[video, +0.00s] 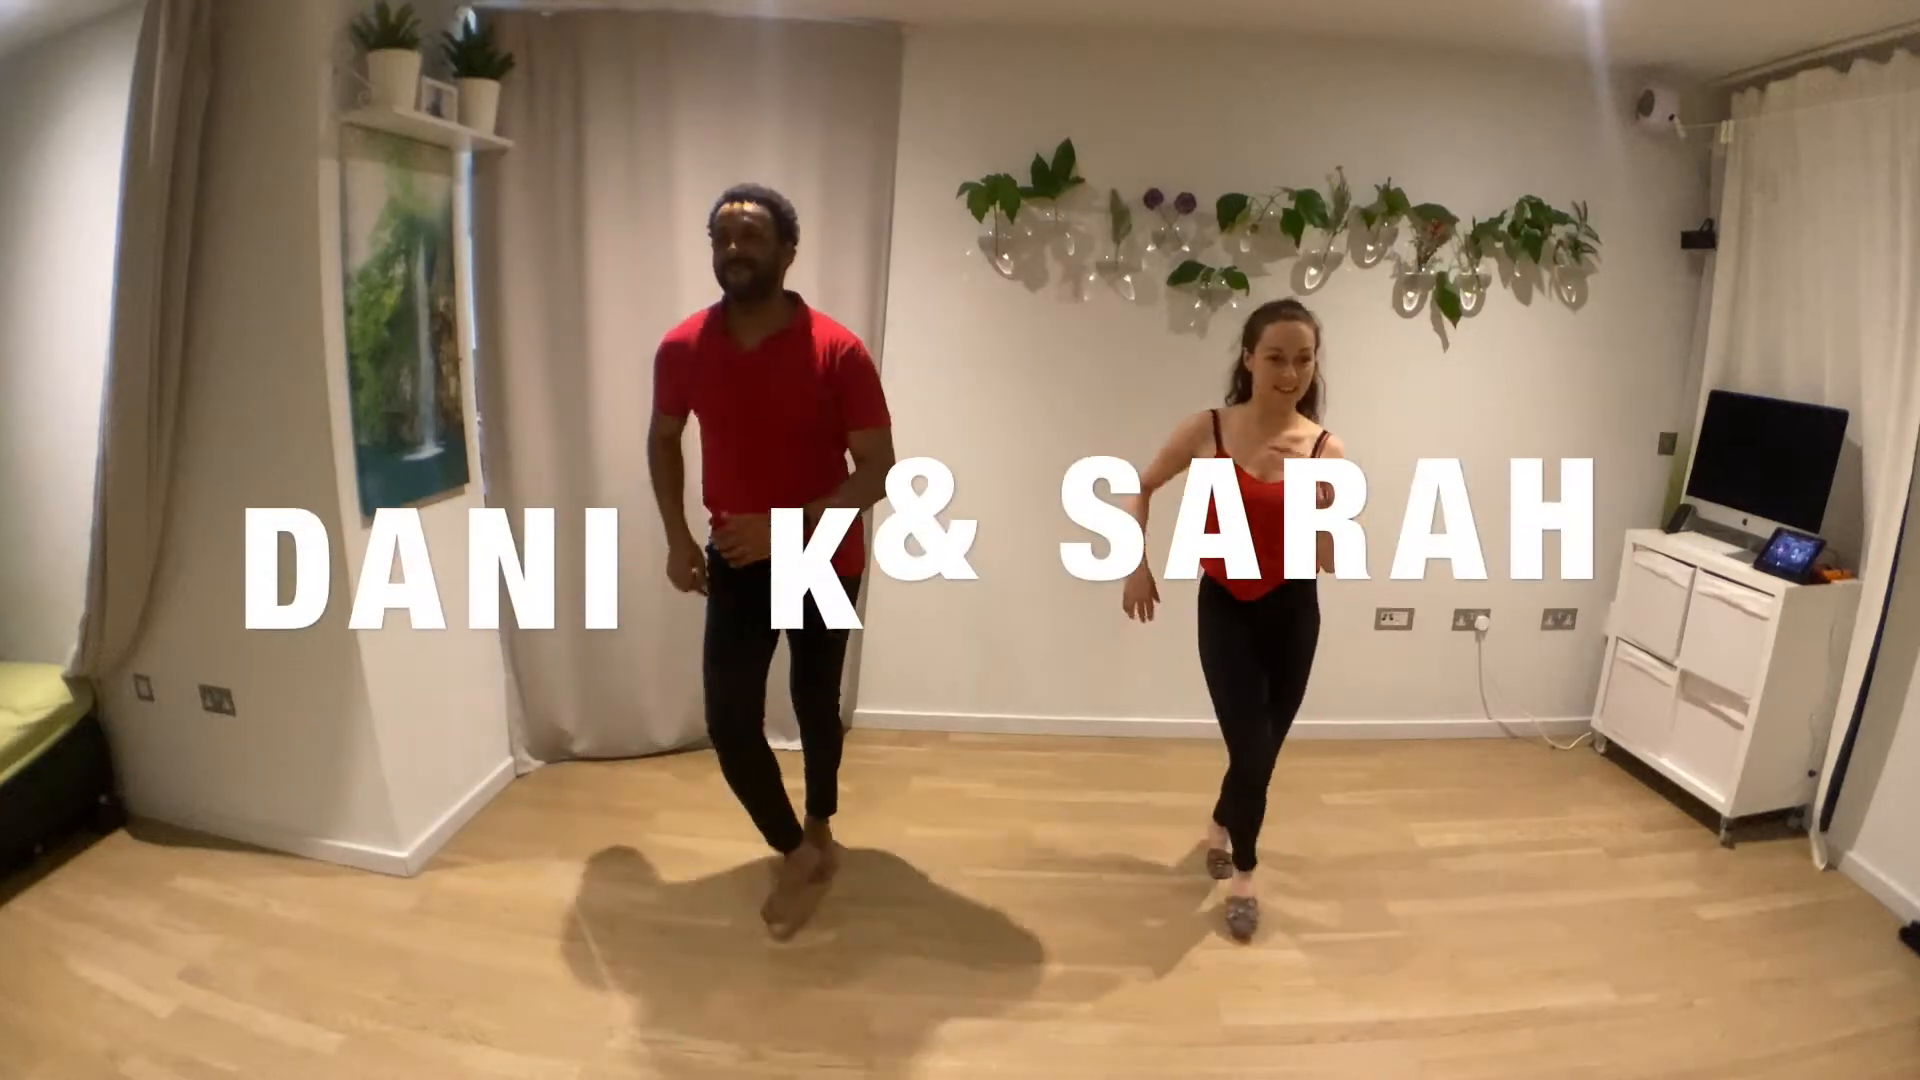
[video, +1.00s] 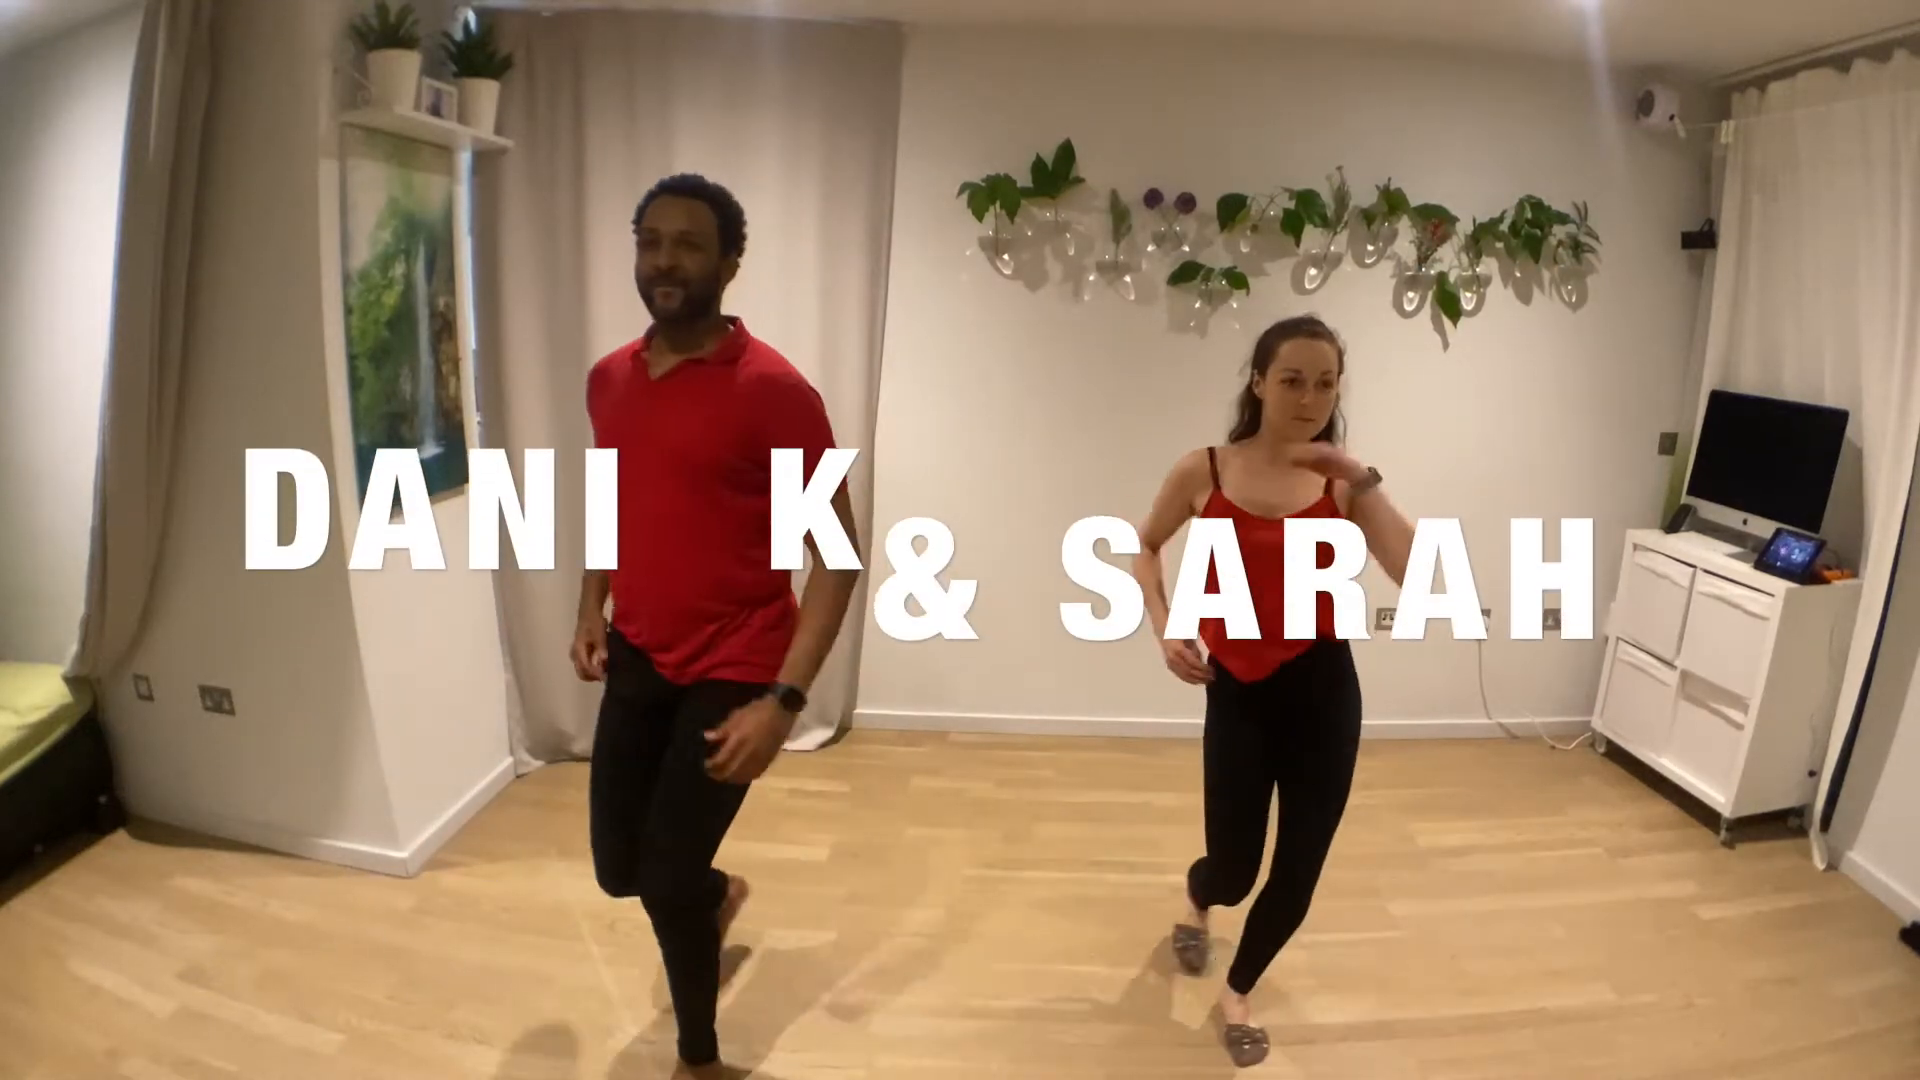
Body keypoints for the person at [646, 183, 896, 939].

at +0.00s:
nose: (731, 247)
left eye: (749, 236)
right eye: (722, 236)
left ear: (788, 250)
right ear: (709, 252)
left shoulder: (835, 351)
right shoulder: (685, 349)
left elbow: (877, 471)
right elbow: (664, 438)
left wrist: (781, 528)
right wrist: (679, 536)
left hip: (826, 552)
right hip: (739, 553)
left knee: (814, 699)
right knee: (730, 722)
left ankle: (818, 832)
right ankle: (798, 854)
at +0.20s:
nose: (732, 251)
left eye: (751, 237)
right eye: (721, 237)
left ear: (789, 252)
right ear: (705, 249)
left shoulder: (829, 361)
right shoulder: (682, 346)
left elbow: (869, 502)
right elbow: (671, 418)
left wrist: (766, 584)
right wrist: (673, 483)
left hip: (822, 589)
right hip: (734, 587)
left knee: (816, 745)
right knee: (771, 773)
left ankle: (809, 834)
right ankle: (821, 938)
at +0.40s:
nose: (722, 250)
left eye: (743, 234)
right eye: (709, 234)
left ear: (781, 248)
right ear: (695, 248)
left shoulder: (825, 362)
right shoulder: (681, 364)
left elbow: (900, 492)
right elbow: (665, 477)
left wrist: (823, 603)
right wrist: (660, 487)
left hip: (807, 620)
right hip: (712, 615)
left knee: (802, 794)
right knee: (752, 802)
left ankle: (847, 842)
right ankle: (824, 942)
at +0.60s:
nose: (706, 261)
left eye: (728, 244)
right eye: (692, 244)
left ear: (767, 255)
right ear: (677, 254)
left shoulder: (825, 370)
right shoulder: (660, 385)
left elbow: (921, 492)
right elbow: (642, 511)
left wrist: (825, 585)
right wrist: (633, 573)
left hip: (775, 637)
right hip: (686, 631)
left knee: (702, 838)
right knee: (724, 819)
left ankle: (751, 1024)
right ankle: (827, 950)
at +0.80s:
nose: (684, 261)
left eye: (707, 244)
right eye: (670, 243)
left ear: (750, 257)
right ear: (653, 255)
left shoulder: (802, 390)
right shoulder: (616, 382)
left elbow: (866, 538)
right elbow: (600, 519)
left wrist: (767, 609)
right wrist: (595, 633)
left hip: (753, 665)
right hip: (651, 657)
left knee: (689, 863)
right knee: (669, 868)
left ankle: (700, 1057)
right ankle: (812, 938)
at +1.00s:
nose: (666, 261)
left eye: (689, 246)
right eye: (652, 243)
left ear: (730, 262)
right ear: (634, 255)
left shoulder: (776, 395)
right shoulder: (612, 380)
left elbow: (839, 558)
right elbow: (610, 504)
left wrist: (784, 699)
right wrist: (594, 603)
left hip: (735, 671)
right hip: (639, 658)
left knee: (672, 874)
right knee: (619, 866)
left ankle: (699, 1059)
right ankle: (713, 898)